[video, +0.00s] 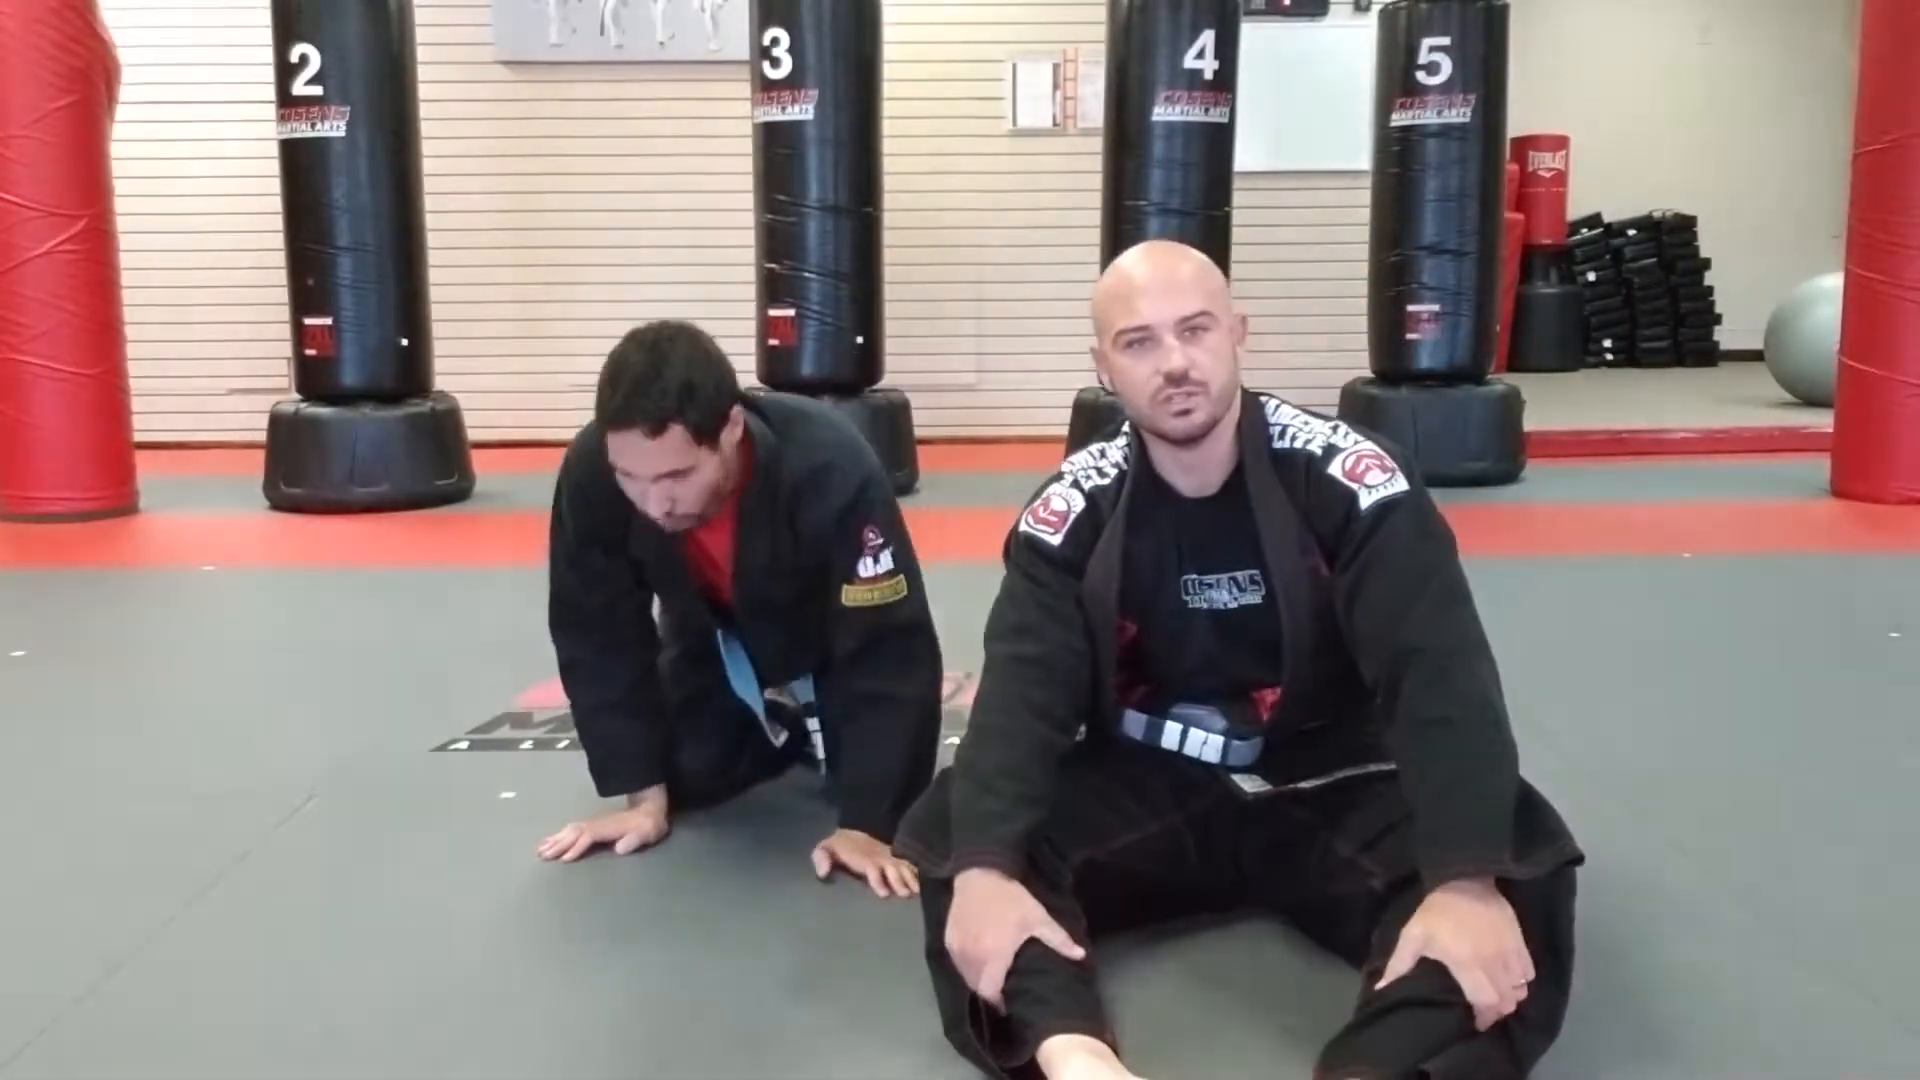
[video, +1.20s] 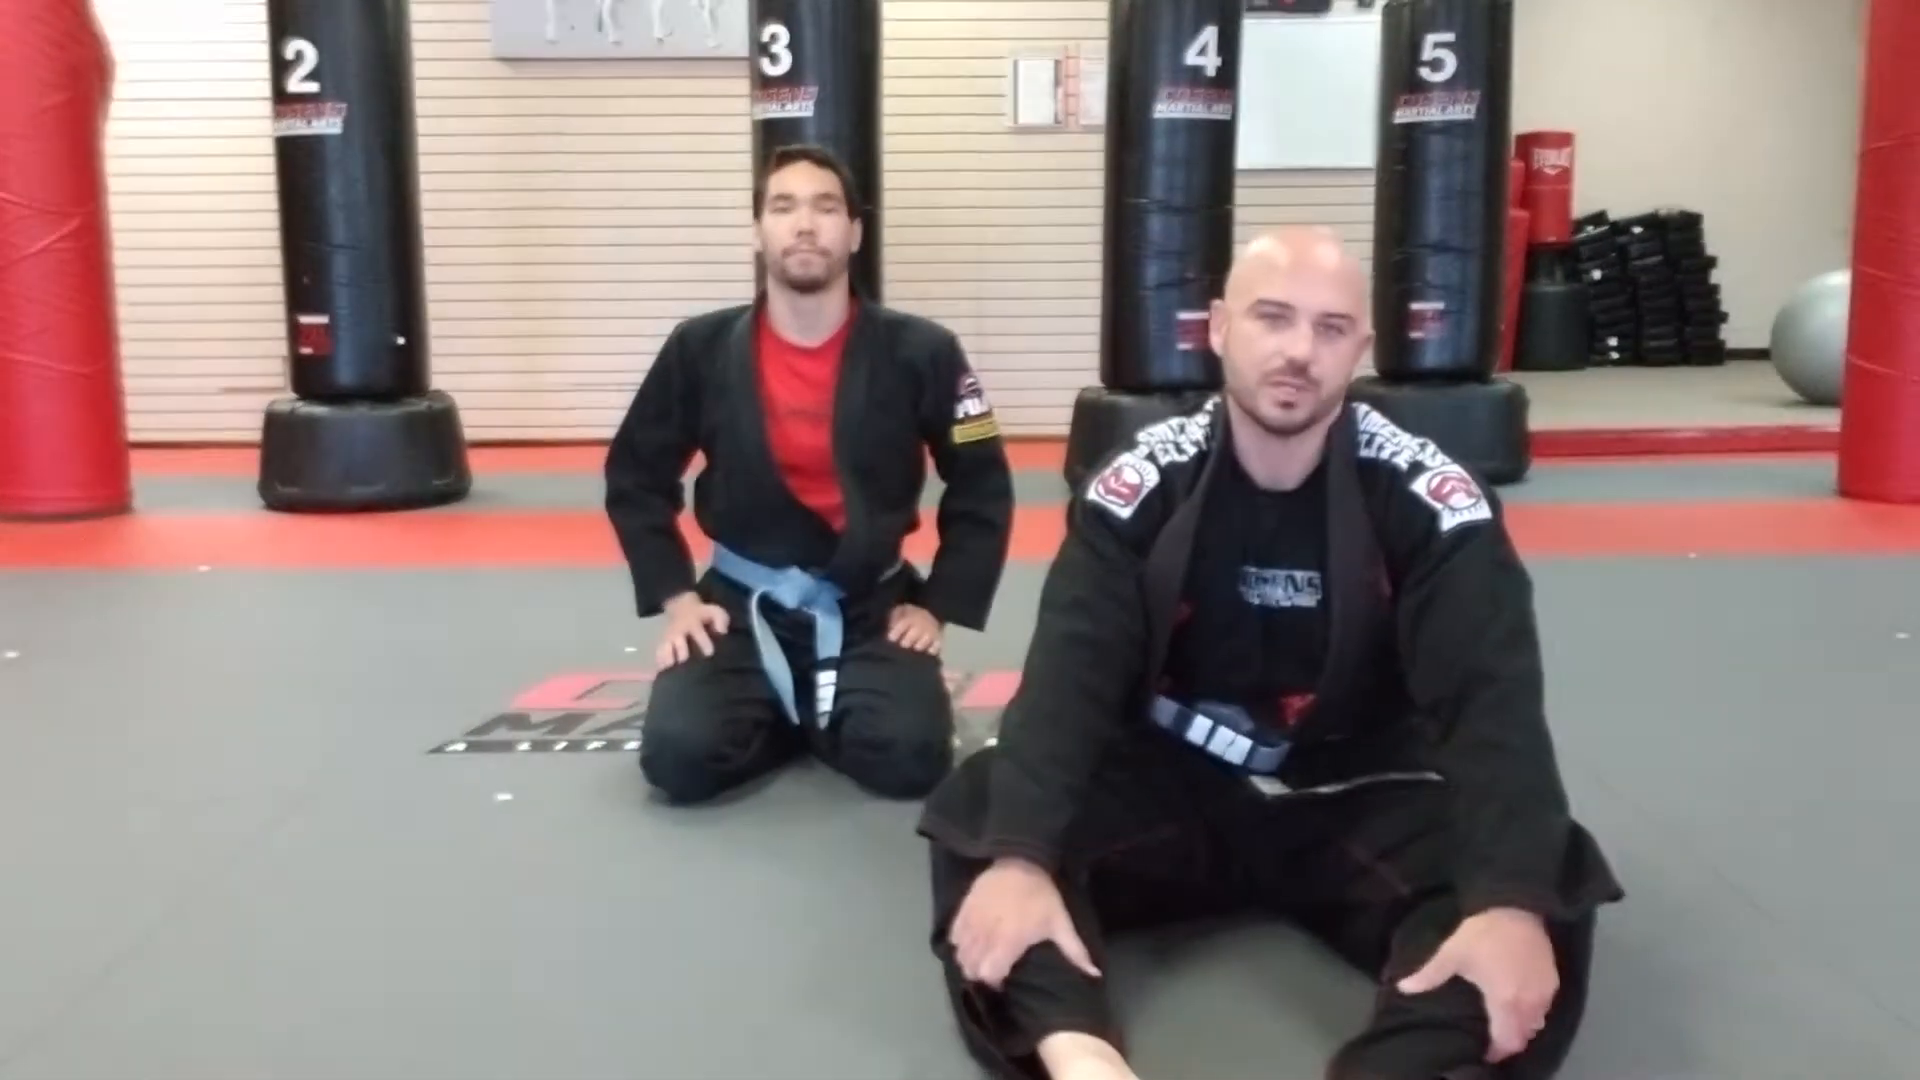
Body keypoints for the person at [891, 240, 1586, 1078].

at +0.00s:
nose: (1175, 363)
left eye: (1196, 331)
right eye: (1139, 343)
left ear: (1239, 335)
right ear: (1105, 367)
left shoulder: (1350, 479)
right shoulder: (1073, 510)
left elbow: (1441, 673)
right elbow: (1022, 697)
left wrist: (1466, 878)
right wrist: (984, 866)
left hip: (1335, 795)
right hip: (1146, 793)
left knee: (1514, 855)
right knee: (958, 831)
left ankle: (1374, 1060)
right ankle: (1076, 1057)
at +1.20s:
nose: (1297, 352)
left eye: (1330, 330)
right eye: (1272, 319)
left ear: (1359, 353)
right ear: (1217, 328)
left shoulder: (1424, 492)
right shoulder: (1143, 481)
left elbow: (1490, 699)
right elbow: (1069, 676)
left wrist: (1510, 902)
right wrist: (1019, 856)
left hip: (1358, 814)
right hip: (1167, 800)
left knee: (1537, 875)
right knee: (982, 807)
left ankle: (1402, 1059)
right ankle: (1081, 1058)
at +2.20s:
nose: (1223, 365)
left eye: (1245, 331)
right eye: (1188, 342)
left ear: (1283, 332)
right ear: (1146, 357)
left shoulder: (1377, 478)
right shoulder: (1105, 498)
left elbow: (1456, 680)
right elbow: (1046, 687)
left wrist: (1455, 873)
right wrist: (1017, 856)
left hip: (1342, 805)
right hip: (1153, 798)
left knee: (1512, 860)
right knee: (973, 816)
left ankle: (1365, 1067)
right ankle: (1082, 1064)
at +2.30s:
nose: (1225, 356)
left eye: (1247, 323)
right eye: (1191, 334)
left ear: (1284, 332)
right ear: (1148, 357)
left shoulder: (1376, 474)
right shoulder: (1105, 495)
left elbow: (1444, 669)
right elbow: (1050, 672)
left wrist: (1436, 854)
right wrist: (1030, 832)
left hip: (1337, 800)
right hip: (1156, 793)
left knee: (1494, 839)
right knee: (984, 801)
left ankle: (1360, 1067)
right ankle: (1085, 1060)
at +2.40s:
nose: (1230, 350)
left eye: (1253, 320)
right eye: (1198, 329)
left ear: (1289, 331)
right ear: (1155, 351)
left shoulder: (1374, 470)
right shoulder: (1116, 479)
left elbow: (1435, 659)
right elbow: (1047, 641)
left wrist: (1416, 823)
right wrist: (1033, 765)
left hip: (1330, 794)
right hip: (1151, 784)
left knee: (1466, 833)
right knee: (995, 791)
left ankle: (1346, 1064)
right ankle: (1084, 1052)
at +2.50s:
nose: (1238, 341)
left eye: (1262, 314)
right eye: (1207, 319)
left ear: (1297, 328)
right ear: (1165, 341)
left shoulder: (1380, 467)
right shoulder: (1121, 474)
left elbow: (1445, 644)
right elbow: (1049, 637)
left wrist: (1450, 790)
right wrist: (1015, 707)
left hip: (1335, 784)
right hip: (1158, 777)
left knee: (1452, 824)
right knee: (1014, 783)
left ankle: (1341, 1058)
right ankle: (1090, 1046)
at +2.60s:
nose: (1243, 329)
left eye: (1266, 304)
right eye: (1213, 307)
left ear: (1301, 324)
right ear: (1171, 333)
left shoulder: (1386, 462)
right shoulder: (1120, 472)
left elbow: (1474, 630)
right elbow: (1042, 640)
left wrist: (1517, 779)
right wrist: (972, 713)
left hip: (1332, 765)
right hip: (1162, 757)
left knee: (1419, 802)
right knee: (1035, 771)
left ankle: (1323, 1061)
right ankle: (1104, 1052)